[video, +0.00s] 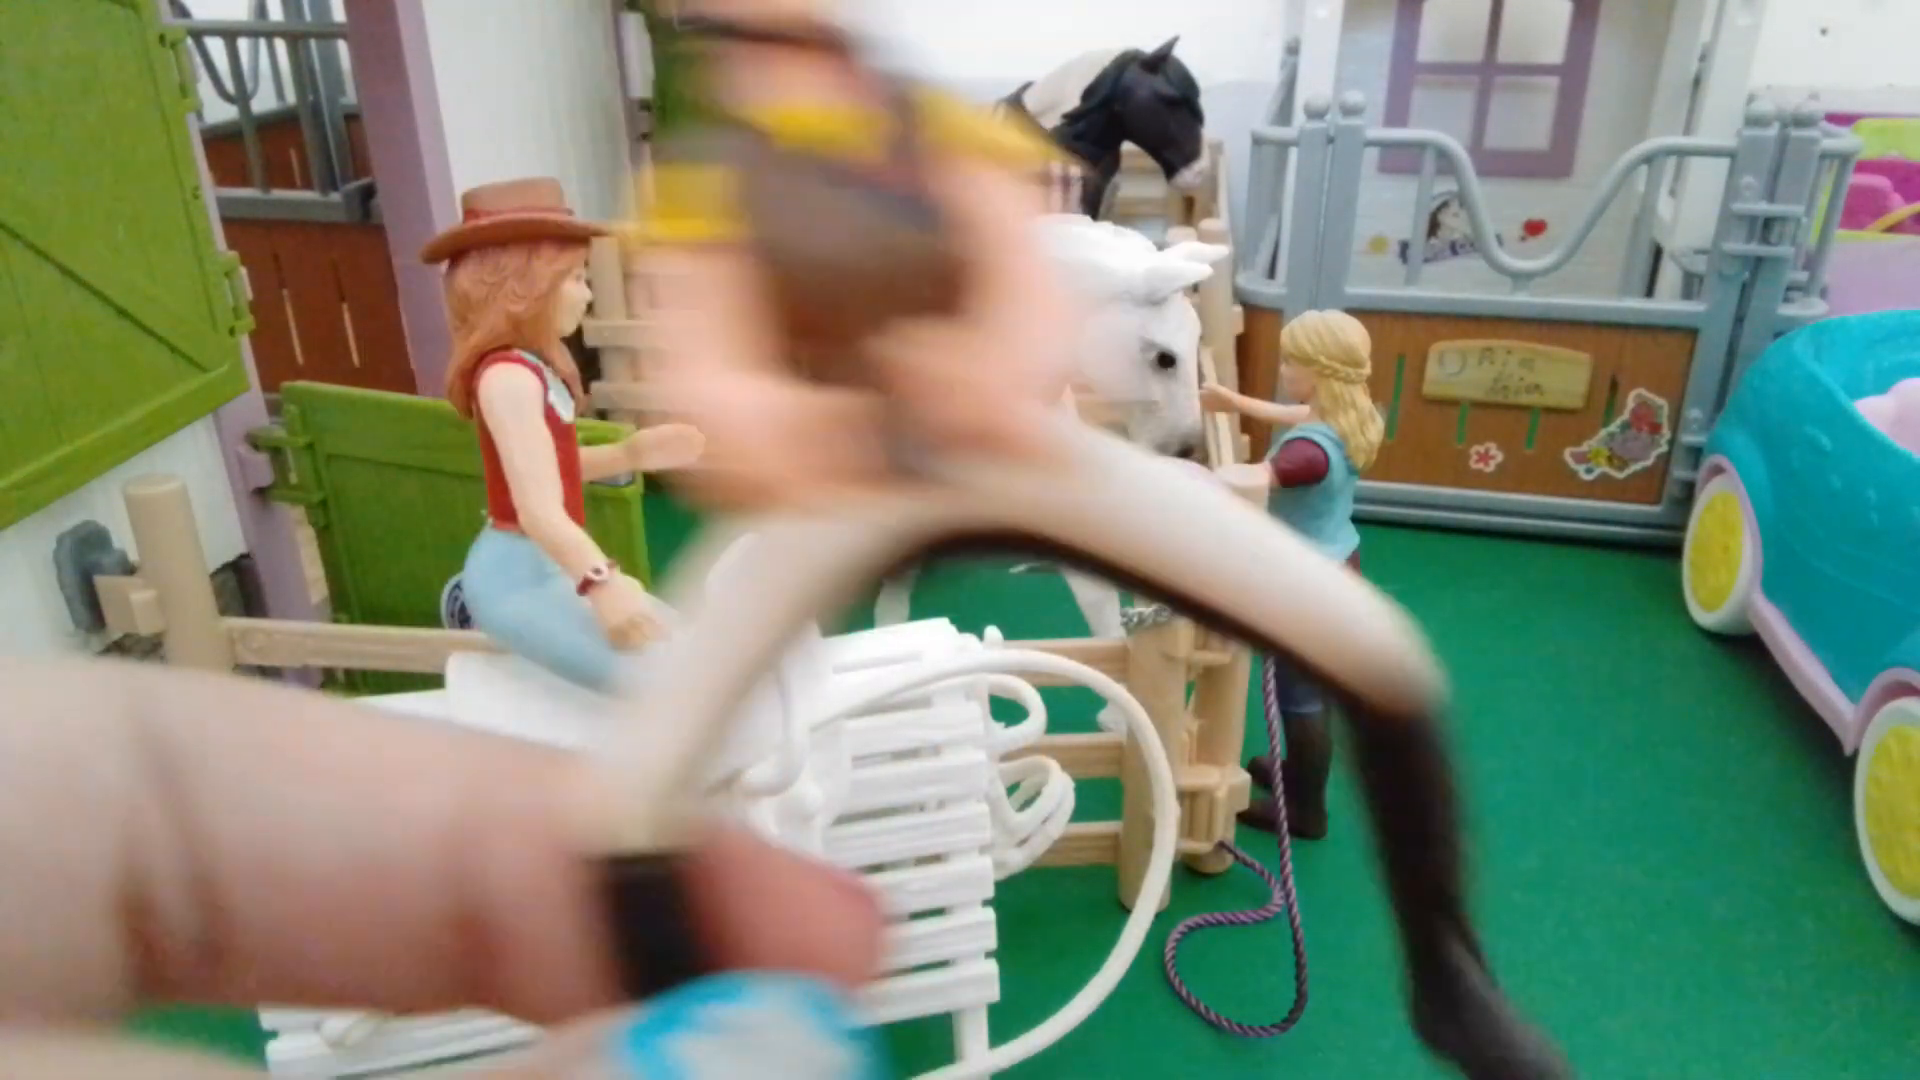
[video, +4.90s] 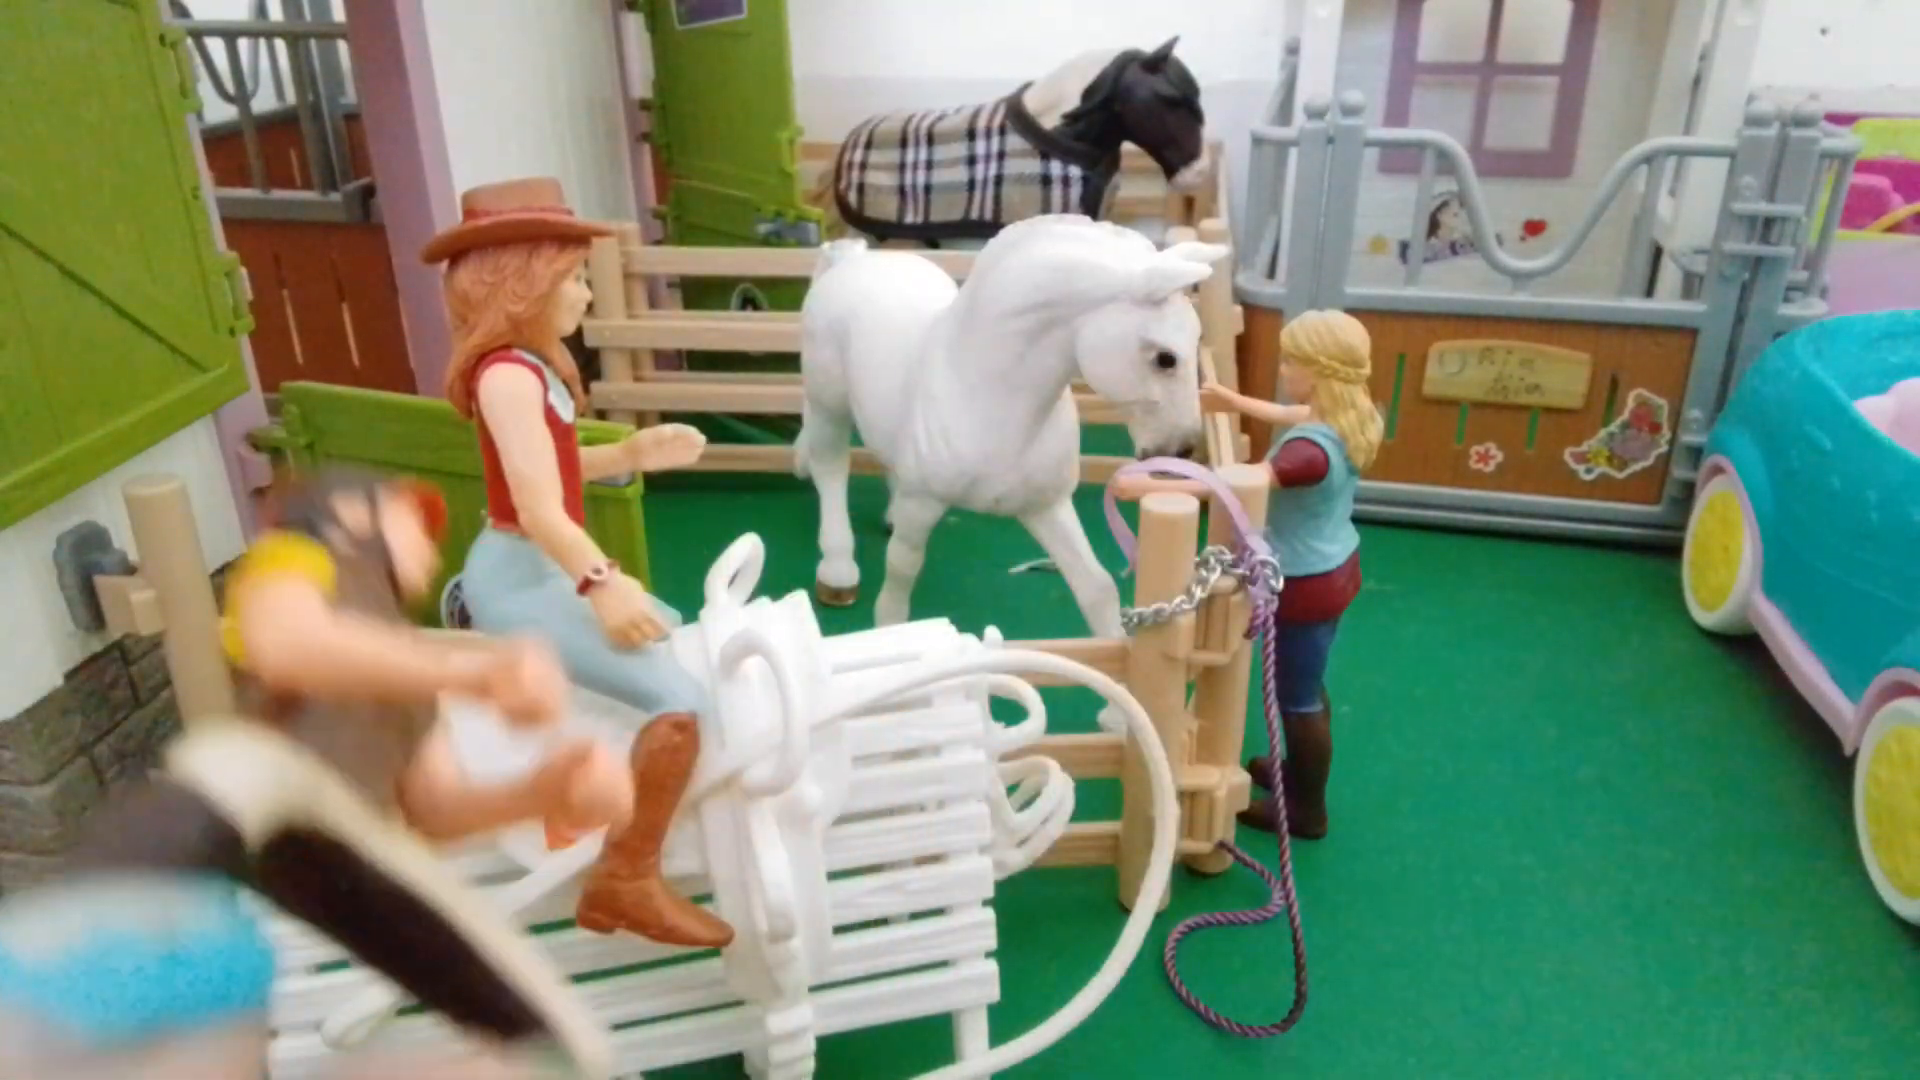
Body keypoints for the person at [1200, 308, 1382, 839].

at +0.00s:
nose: (1281, 371)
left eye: (1290, 363)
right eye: (1284, 361)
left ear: (1317, 374)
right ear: (1336, 373)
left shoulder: (1315, 448)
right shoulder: (1346, 419)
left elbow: (1253, 479)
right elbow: (1292, 415)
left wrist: (1193, 479)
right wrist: (1236, 401)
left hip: (1309, 579)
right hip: (1333, 565)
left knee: (1297, 691)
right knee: (1299, 676)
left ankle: (1302, 809)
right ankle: (1298, 771)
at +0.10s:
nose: (1280, 373)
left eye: (1290, 363)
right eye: (1283, 362)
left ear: (1314, 373)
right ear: (1347, 369)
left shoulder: (1316, 438)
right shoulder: (1356, 422)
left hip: (1310, 574)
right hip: (1335, 564)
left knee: (1296, 688)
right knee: (1304, 680)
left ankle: (1303, 806)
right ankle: (1295, 772)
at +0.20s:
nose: (1281, 373)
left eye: (1290, 363)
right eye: (1286, 363)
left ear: (1308, 373)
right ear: (1349, 372)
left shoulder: (1311, 444)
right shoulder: (1336, 432)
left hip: (1316, 573)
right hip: (1337, 562)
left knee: (1304, 697)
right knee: (1304, 685)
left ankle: (1303, 806)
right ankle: (1294, 773)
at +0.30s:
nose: (1282, 371)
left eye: (1290, 362)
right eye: (1285, 360)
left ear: (1317, 373)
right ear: (1332, 372)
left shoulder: (1312, 448)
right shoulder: (1349, 417)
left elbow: (1248, 478)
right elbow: (1292, 415)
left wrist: (1187, 475)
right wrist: (1235, 400)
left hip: (1308, 586)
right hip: (1340, 564)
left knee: (1300, 694)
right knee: (1300, 674)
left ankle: (1303, 809)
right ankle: (1293, 766)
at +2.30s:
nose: (1282, 371)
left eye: (1290, 362)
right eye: (1285, 360)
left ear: (1318, 372)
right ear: (1336, 372)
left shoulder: (1314, 447)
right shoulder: (1349, 417)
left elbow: (1250, 478)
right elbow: (1290, 416)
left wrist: (1165, 484)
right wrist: (1236, 401)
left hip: (1304, 587)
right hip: (1334, 564)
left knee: (1295, 698)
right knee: (1305, 683)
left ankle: (1307, 811)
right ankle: (1309, 788)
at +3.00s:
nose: (1282, 369)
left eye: (1291, 359)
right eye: (1284, 358)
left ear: (1310, 372)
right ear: (1340, 372)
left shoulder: (1317, 444)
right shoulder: (1347, 421)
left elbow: (1258, 475)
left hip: (1308, 579)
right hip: (1335, 559)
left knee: (1299, 699)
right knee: (1308, 685)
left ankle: (1305, 804)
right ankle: (1306, 791)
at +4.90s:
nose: (1281, 371)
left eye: (1290, 362)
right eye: (1284, 360)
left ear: (1317, 374)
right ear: (1334, 375)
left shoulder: (1314, 448)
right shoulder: (1349, 418)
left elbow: (1252, 477)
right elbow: (1290, 415)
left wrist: (1163, 484)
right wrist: (1236, 400)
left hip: (1305, 587)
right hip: (1333, 565)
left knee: (1299, 699)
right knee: (1301, 680)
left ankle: (1304, 812)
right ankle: (1299, 773)